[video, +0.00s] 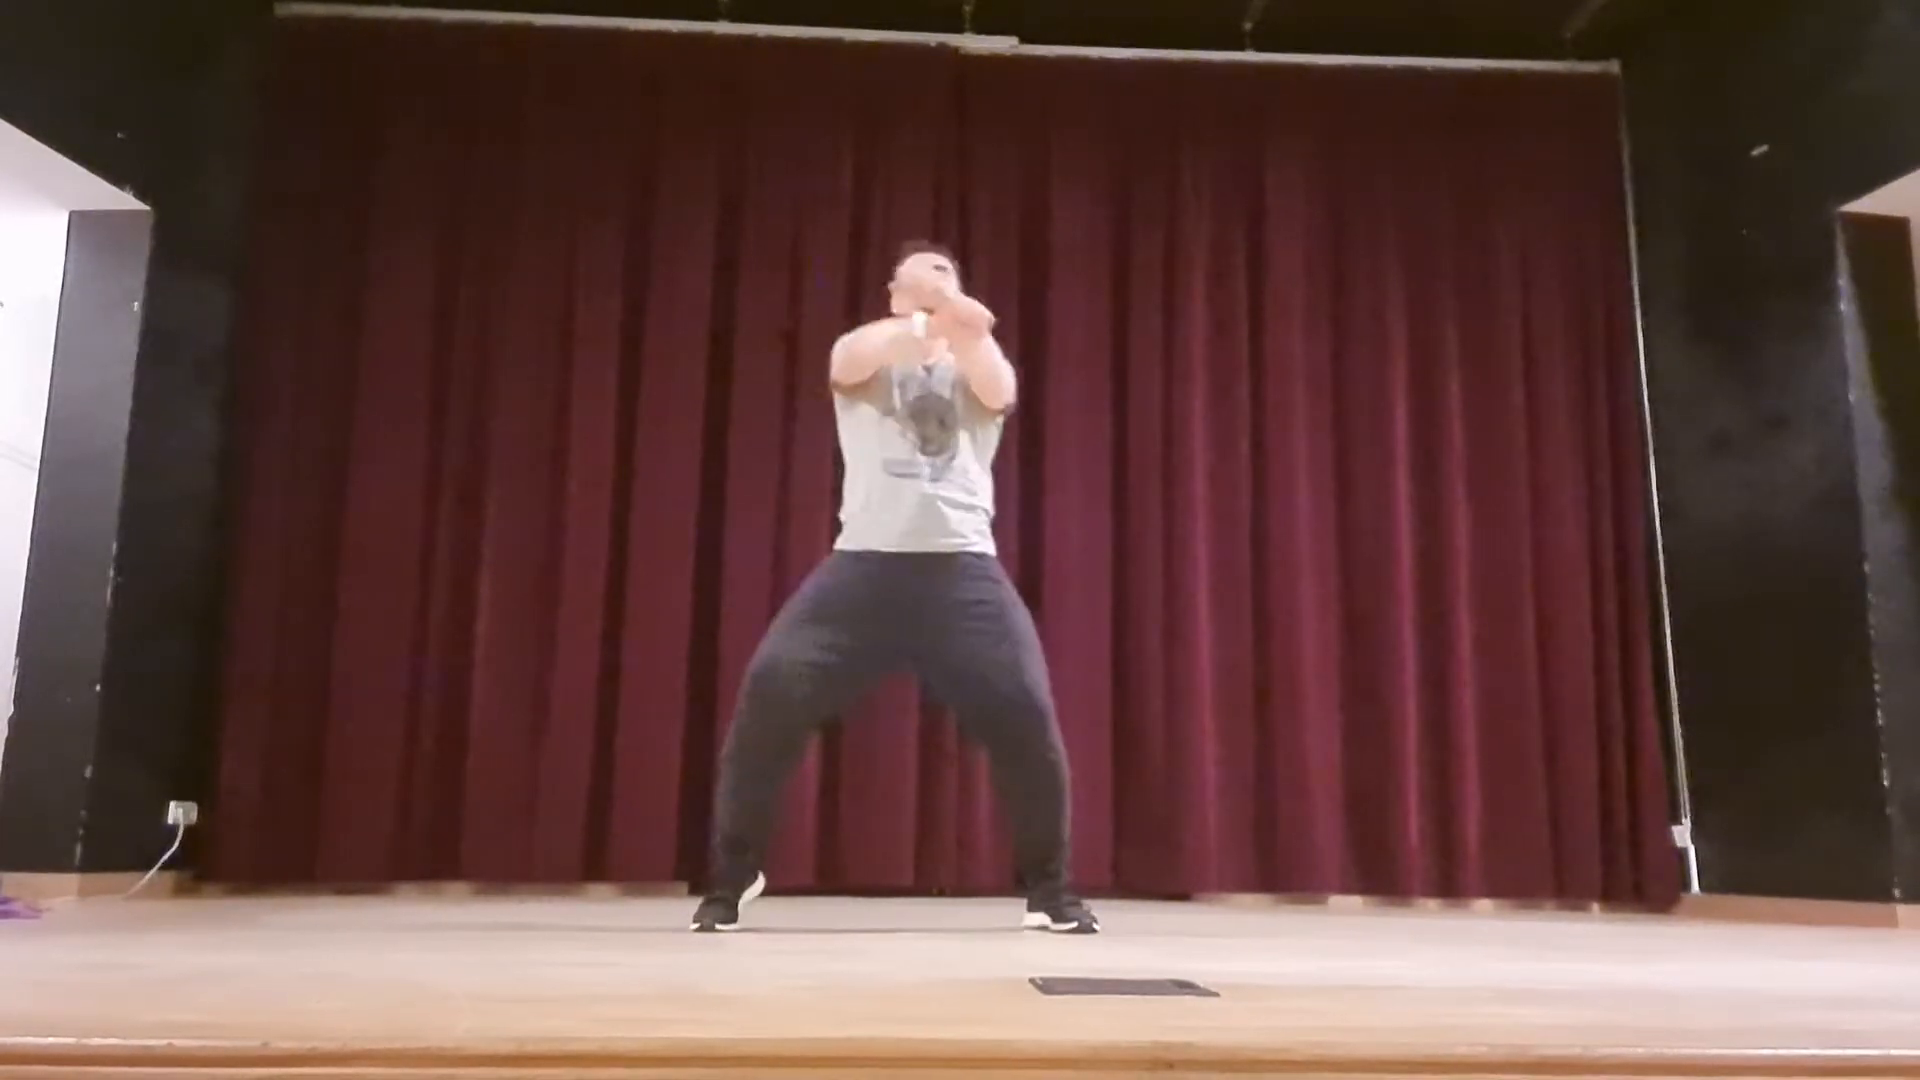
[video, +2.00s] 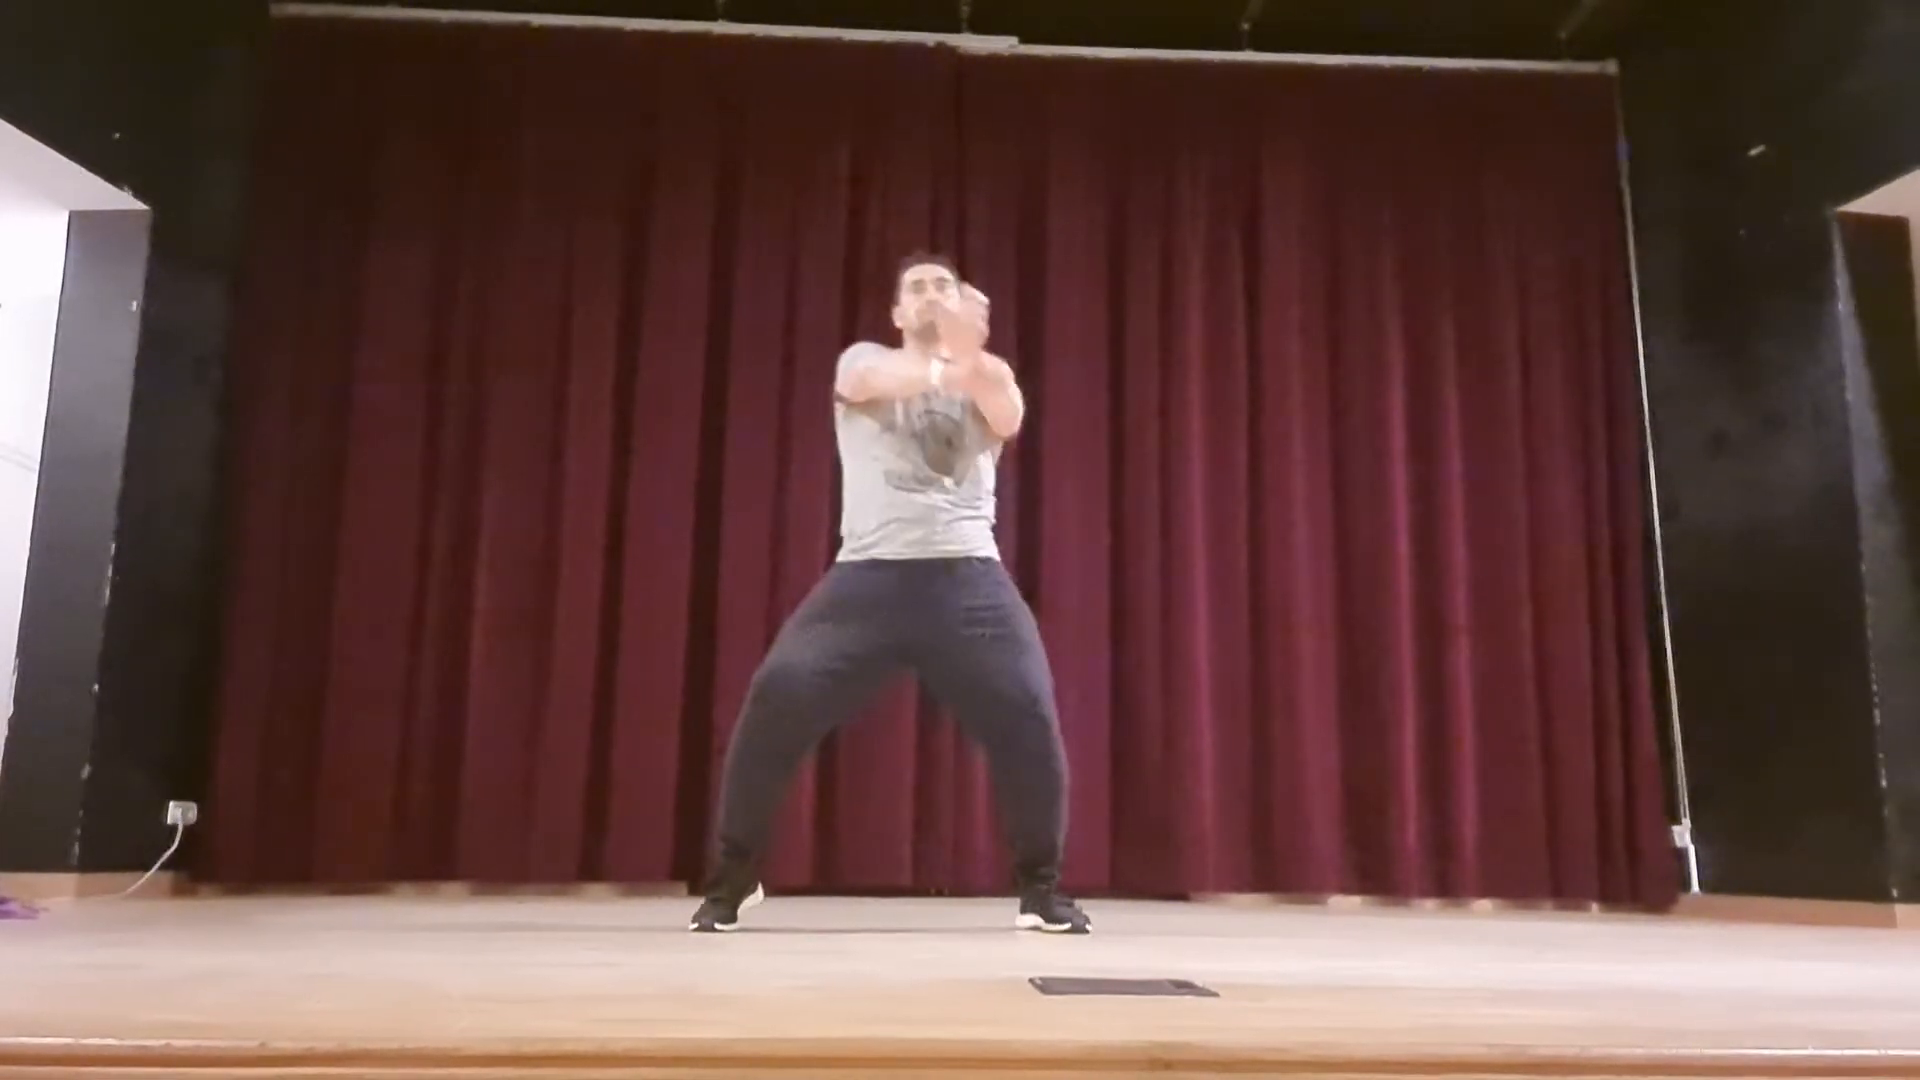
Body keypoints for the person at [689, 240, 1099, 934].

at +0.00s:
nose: (941, 271)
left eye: (949, 268)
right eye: (926, 264)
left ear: (961, 294)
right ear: (894, 293)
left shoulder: (983, 360)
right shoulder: (862, 350)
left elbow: (996, 394)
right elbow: (851, 361)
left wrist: (971, 333)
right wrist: (916, 323)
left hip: (963, 571)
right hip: (862, 567)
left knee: (1026, 709)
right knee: (773, 685)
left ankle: (1049, 890)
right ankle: (733, 871)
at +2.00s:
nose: (928, 296)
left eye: (942, 287)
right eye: (915, 288)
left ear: (971, 310)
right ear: (897, 311)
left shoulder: (991, 373)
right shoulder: (867, 359)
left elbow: (1007, 420)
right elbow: (860, 387)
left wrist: (974, 365)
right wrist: (932, 372)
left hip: (969, 581)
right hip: (865, 579)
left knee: (1026, 711)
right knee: (779, 690)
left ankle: (1041, 888)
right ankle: (734, 872)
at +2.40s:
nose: (847, 292)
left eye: (861, 283)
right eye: (835, 282)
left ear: (884, 302)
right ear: (815, 301)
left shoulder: (918, 361)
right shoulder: (788, 369)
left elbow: (926, 387)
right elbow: (777, 405)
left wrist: (878, 362)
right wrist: (824, 374)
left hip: (923, 573)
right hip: (820, 579)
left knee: (1019, 693)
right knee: (754, 700)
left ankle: (1046, 863)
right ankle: (732, 888)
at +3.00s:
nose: (926, 312)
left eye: (938, 302)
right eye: (914, 299)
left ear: (960, 305)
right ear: (892, 298)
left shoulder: (983, 365)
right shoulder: (859, 353)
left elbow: (997, 394)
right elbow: (854, 353)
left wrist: (972, 324)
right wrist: (913, 320)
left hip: (959, 573)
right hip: (856, 567)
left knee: (1022, 705)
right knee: (763, 681)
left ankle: (1041, 886)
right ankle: (730, 867)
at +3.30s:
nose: (954, 294)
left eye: (967, 283)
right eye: (941, 284)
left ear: (988, 301)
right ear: (919, 302)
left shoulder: (1003, 375)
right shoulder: (880, 355)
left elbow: (1021, 417)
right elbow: (880, 365)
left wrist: (1007, 351)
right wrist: (972, 346)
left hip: (968, 578)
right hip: (866, 571)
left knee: (1029, 709)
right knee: (775, 681)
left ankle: (1040, 888)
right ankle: (732, 865)